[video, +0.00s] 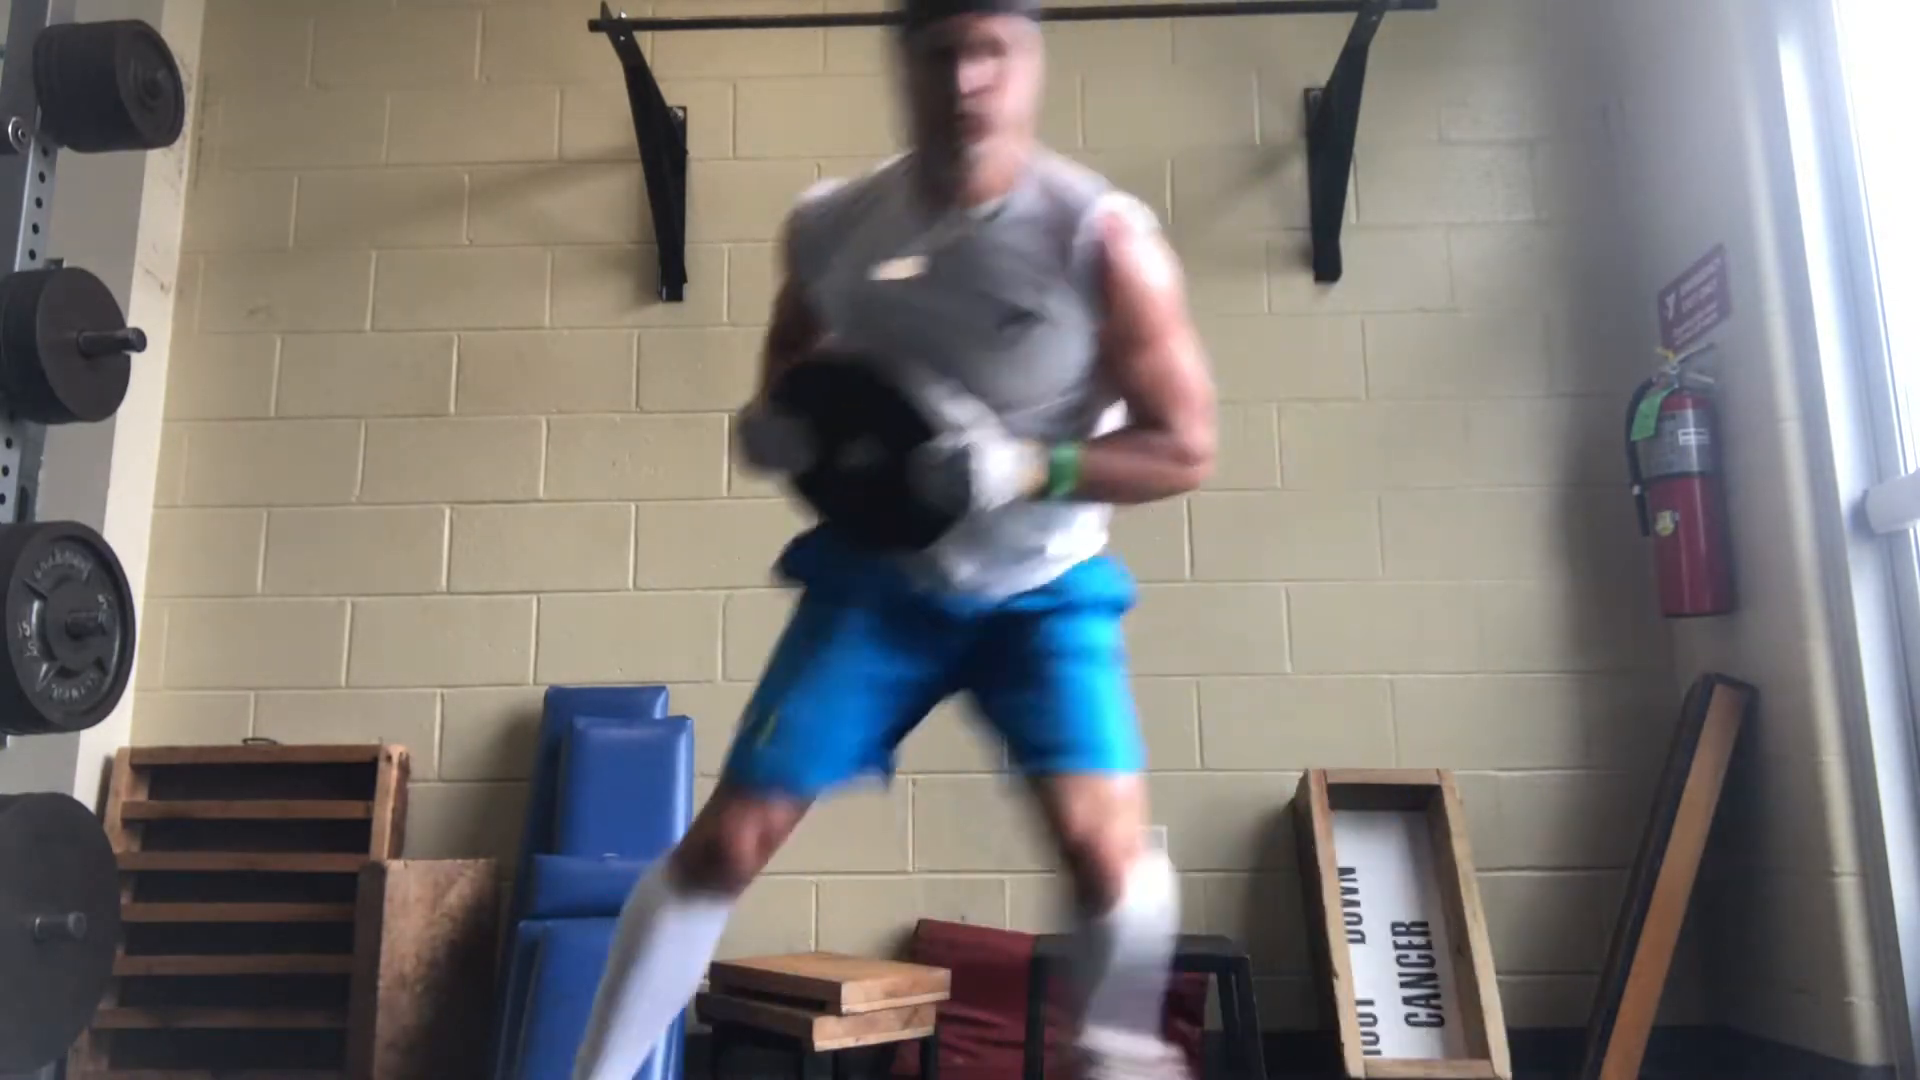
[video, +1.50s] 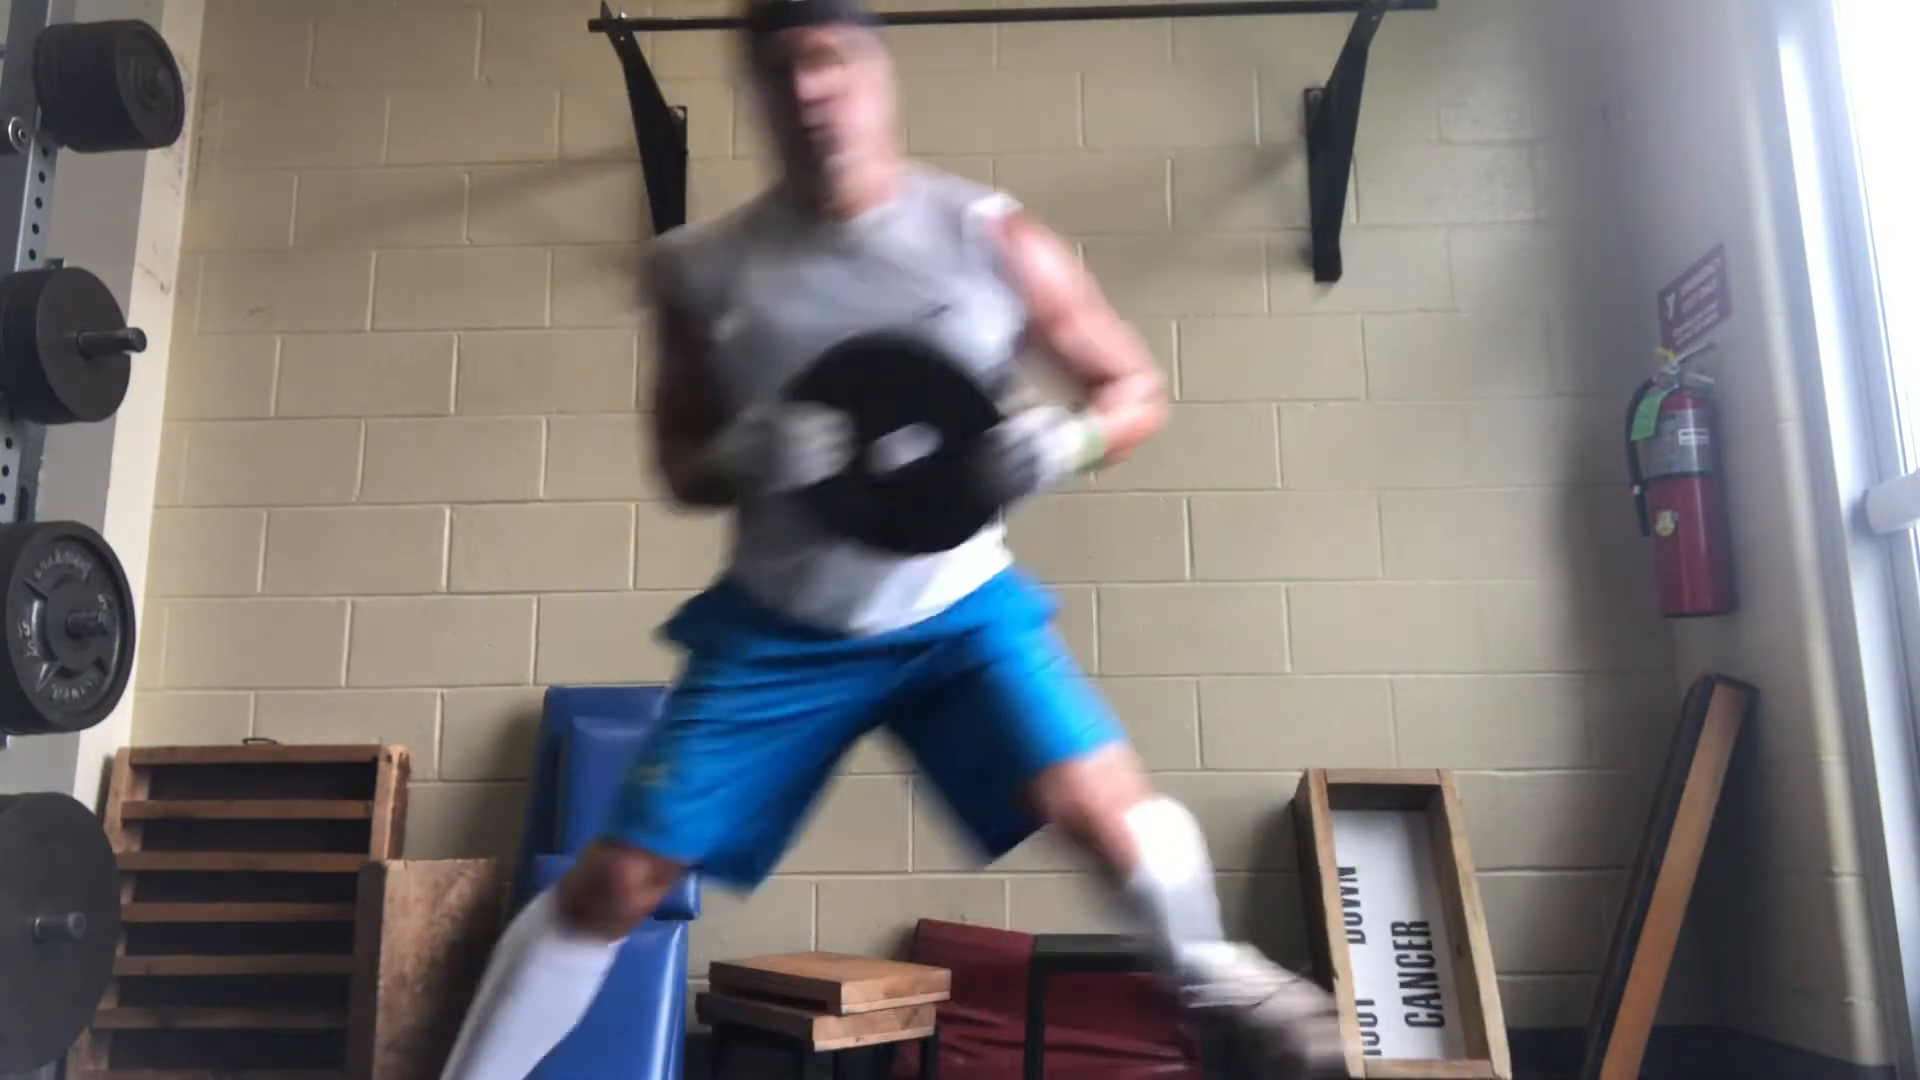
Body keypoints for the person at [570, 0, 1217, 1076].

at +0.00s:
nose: (967, 80)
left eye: (992, 53)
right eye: (940, 54)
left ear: (1032, 67)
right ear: (904, 70)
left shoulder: (1104, 235)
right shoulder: (829, 232)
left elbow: (1185, 448)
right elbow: (774, 410)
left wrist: (1025, 465)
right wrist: (783, 435)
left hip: (1047, 593)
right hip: (875, 583)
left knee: (1109, 854)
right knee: (730, 840)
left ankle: (1110, 1061)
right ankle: (598, 1076)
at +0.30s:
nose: (821, 142)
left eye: (845, 108)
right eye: (791, 116)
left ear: (887, 115)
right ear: (758, 138)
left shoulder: (998, 271)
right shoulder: (726, 315)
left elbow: (1141, 426)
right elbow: (722, 465)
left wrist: (1026, 500)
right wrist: (752, 527)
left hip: (992, 639)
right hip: (820, 645)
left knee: (1033, 871)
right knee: (693, 888)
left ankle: (1091, 1011)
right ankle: (598, 1072)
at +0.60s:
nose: (1165, 117)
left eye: (1190, 88)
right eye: (1136, 90)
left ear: (1229, 112)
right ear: (1092, 108)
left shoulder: (1287, 290)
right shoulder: (988, 273)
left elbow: (1353, 429)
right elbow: (924, 468)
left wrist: (1354, 501)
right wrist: (1060, 519)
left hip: (1223, 649)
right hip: (1038, 658)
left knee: (1347, 876)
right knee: (978, 921)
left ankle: (1466, 1073)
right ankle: (1019, 1036)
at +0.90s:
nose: (1081, 56)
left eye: (1108, 35)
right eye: (1055, 30)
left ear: (1140, 67)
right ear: (1010, 47)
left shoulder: (1185, 230)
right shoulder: (898, 213)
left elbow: (1269, 437)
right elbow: (835, 377)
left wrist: (1126, 451)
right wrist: (894, 431)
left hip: (1110, 604)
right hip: (921, 578)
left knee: (1257, 860)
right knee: (723, 735)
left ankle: (1422, 1072)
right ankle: (663, 962)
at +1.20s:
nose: (656, 147)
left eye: (684, 114)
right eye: (630, 121)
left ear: (739, 127)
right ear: (604, 149)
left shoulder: (843, 302)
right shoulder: (595, 324)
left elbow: (961, 520)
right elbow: (616, 471)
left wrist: (775, 572)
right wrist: (565, 553)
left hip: (847, 688)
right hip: (683, 672)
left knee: (741, 952)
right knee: (541, 896)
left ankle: (686, 1051)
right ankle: (445, 1073)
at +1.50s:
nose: (812, 91)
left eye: (833, 62)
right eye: (784, 70)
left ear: (882, 74)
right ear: (759, 97)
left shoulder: (985, 233)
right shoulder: (701, 271)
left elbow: (1139, 388)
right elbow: (681, 471)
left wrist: (1059, 443)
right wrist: (761, 447)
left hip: (968, 611)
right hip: (777, 636)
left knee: (1105, 806)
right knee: (618, 881)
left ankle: (1214, 985)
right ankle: (470, 1076)